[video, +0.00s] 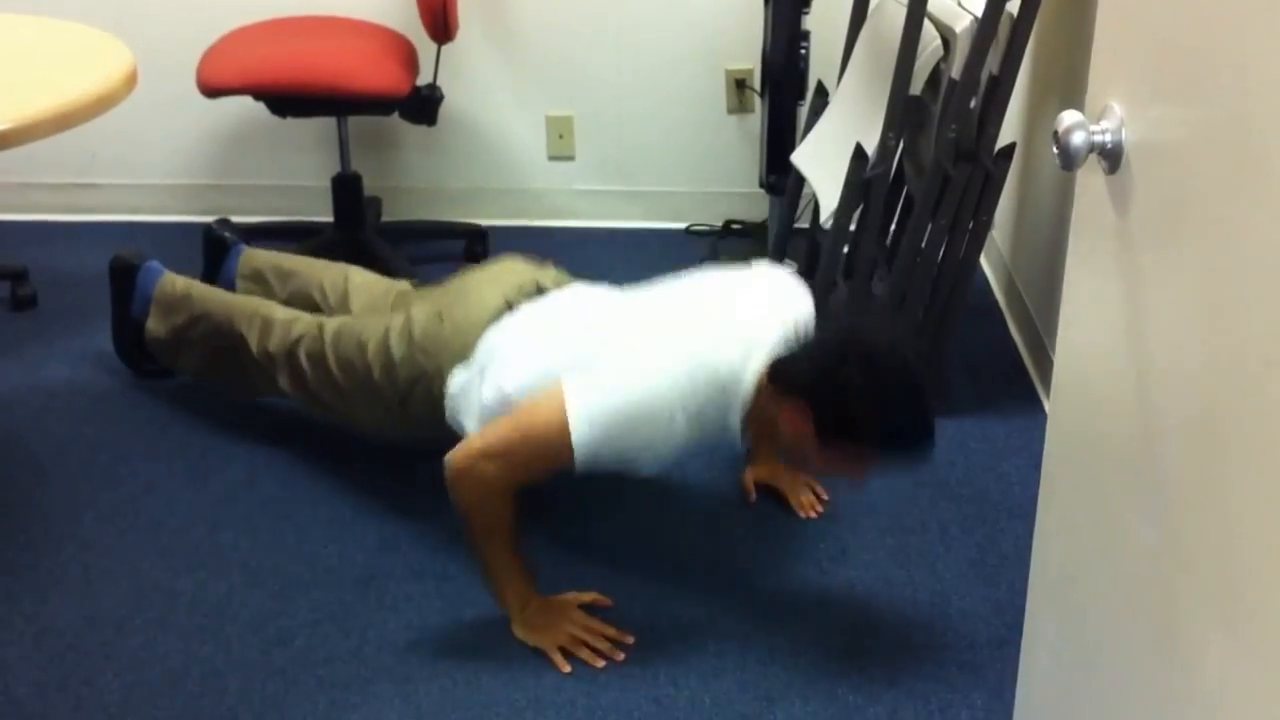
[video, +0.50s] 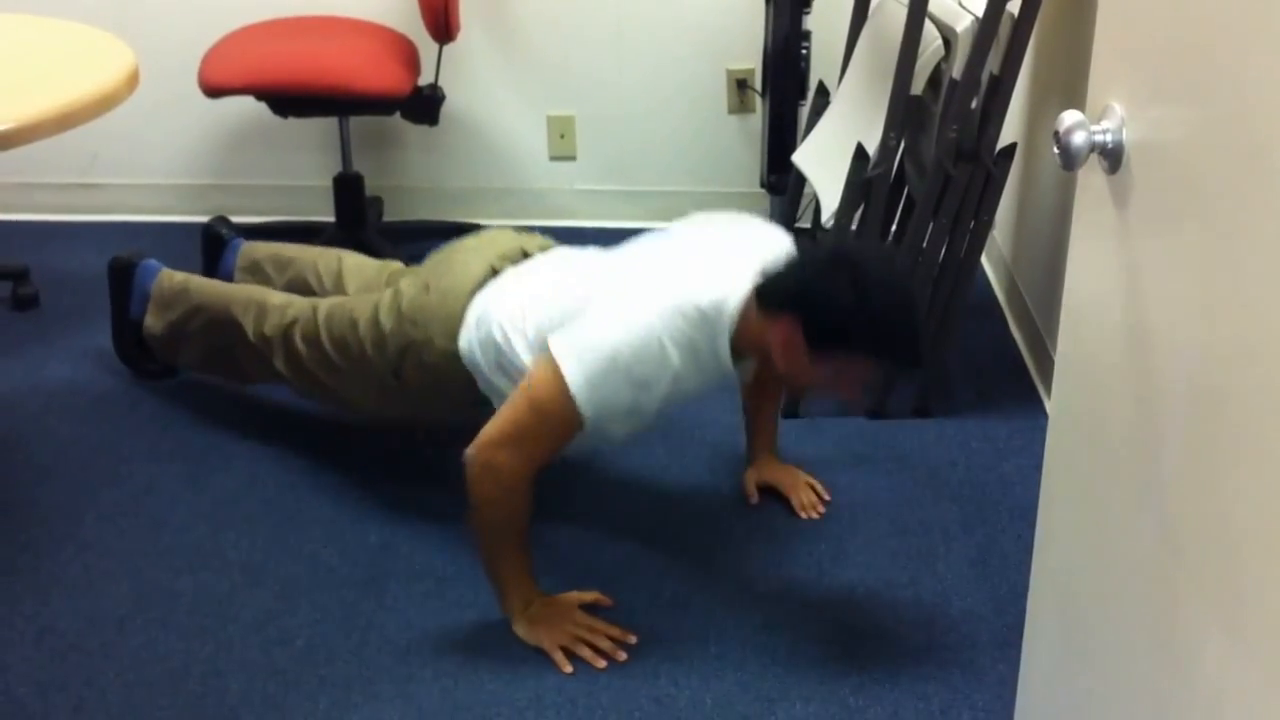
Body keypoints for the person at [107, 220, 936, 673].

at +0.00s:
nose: (837, 471)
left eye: (850, 467)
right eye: (843, 460)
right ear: (803, 421)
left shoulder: (785, 295)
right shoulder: (663, 394)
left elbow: (747, 372)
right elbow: (472, 469)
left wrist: (762, 447)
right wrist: (527, 607)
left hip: (536, 288)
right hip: (466, 364)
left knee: (382, 297)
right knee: (296, 353)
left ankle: (246, 257)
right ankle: (158, 307)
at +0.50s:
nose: (838, 395)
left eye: (857, 387)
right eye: (842, 380)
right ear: (791, 340)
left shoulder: (770, 248)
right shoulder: (644, 345)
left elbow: (765, 357)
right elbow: (493, 462)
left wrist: (762, 454)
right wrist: (527, 606)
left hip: (522, 255)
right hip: (462, 325)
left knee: (375, 282)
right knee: (295, 337)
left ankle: (245, 250)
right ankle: (157, 308)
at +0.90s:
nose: (841, 513)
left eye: (856, 501)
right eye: (843, 498)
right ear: (804, 454)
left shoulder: (788, 320)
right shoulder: (663, 436)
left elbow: (695, 321)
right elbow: (473, 481)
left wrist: (751, 443)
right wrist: (527, 606)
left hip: (538, 301)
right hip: (461, 379)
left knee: (391, 305)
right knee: (292, 355)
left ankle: (242, 254)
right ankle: (161, 304)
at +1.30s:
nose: (824, 400)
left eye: (840, 392)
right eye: (825, 385)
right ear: (779, 345)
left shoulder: (766, 251)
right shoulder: (636, 350)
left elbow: (762, 357)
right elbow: (482, 468)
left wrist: (763, 453)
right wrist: (527, 604)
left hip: (518, 253)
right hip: (455, 325)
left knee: (373, 277)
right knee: (294, 332)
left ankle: (238, 248)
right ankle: (155, 303)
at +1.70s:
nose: (818, 471)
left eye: (830, 469)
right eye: (825, 461)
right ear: (795, 428)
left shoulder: (781, 299)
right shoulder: (659, 409)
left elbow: (756, 371)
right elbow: (468, 474)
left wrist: (766, 446)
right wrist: (527, 602)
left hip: (532, 290)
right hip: (457, 369)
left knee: (384, 296)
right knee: (290, 351)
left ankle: (238, 250)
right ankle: (156, 300)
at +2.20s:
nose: (819, 358)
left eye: (835, 349)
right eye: (823, 344)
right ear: (779, 314)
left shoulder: (762, 222)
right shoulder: (628, 318)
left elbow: (763, 340)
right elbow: (504, 452)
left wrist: (766, 451)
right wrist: (527, 595)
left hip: (509, 242)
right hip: (452, 315)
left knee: (367, 269)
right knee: (286, 332)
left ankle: (232, 246)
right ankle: (150, 303)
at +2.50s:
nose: (829, 452)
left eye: (845, 449)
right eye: (837, 443)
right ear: (800, 404)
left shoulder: (782, 287)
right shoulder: (669, 383)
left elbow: (757, 371)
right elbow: (478, 468)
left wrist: (764, 446)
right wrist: (529, 600)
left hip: (529, 277)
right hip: (463, 358)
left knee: (374, 283)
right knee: (292, 344)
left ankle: (233, 245)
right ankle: (154, 299)